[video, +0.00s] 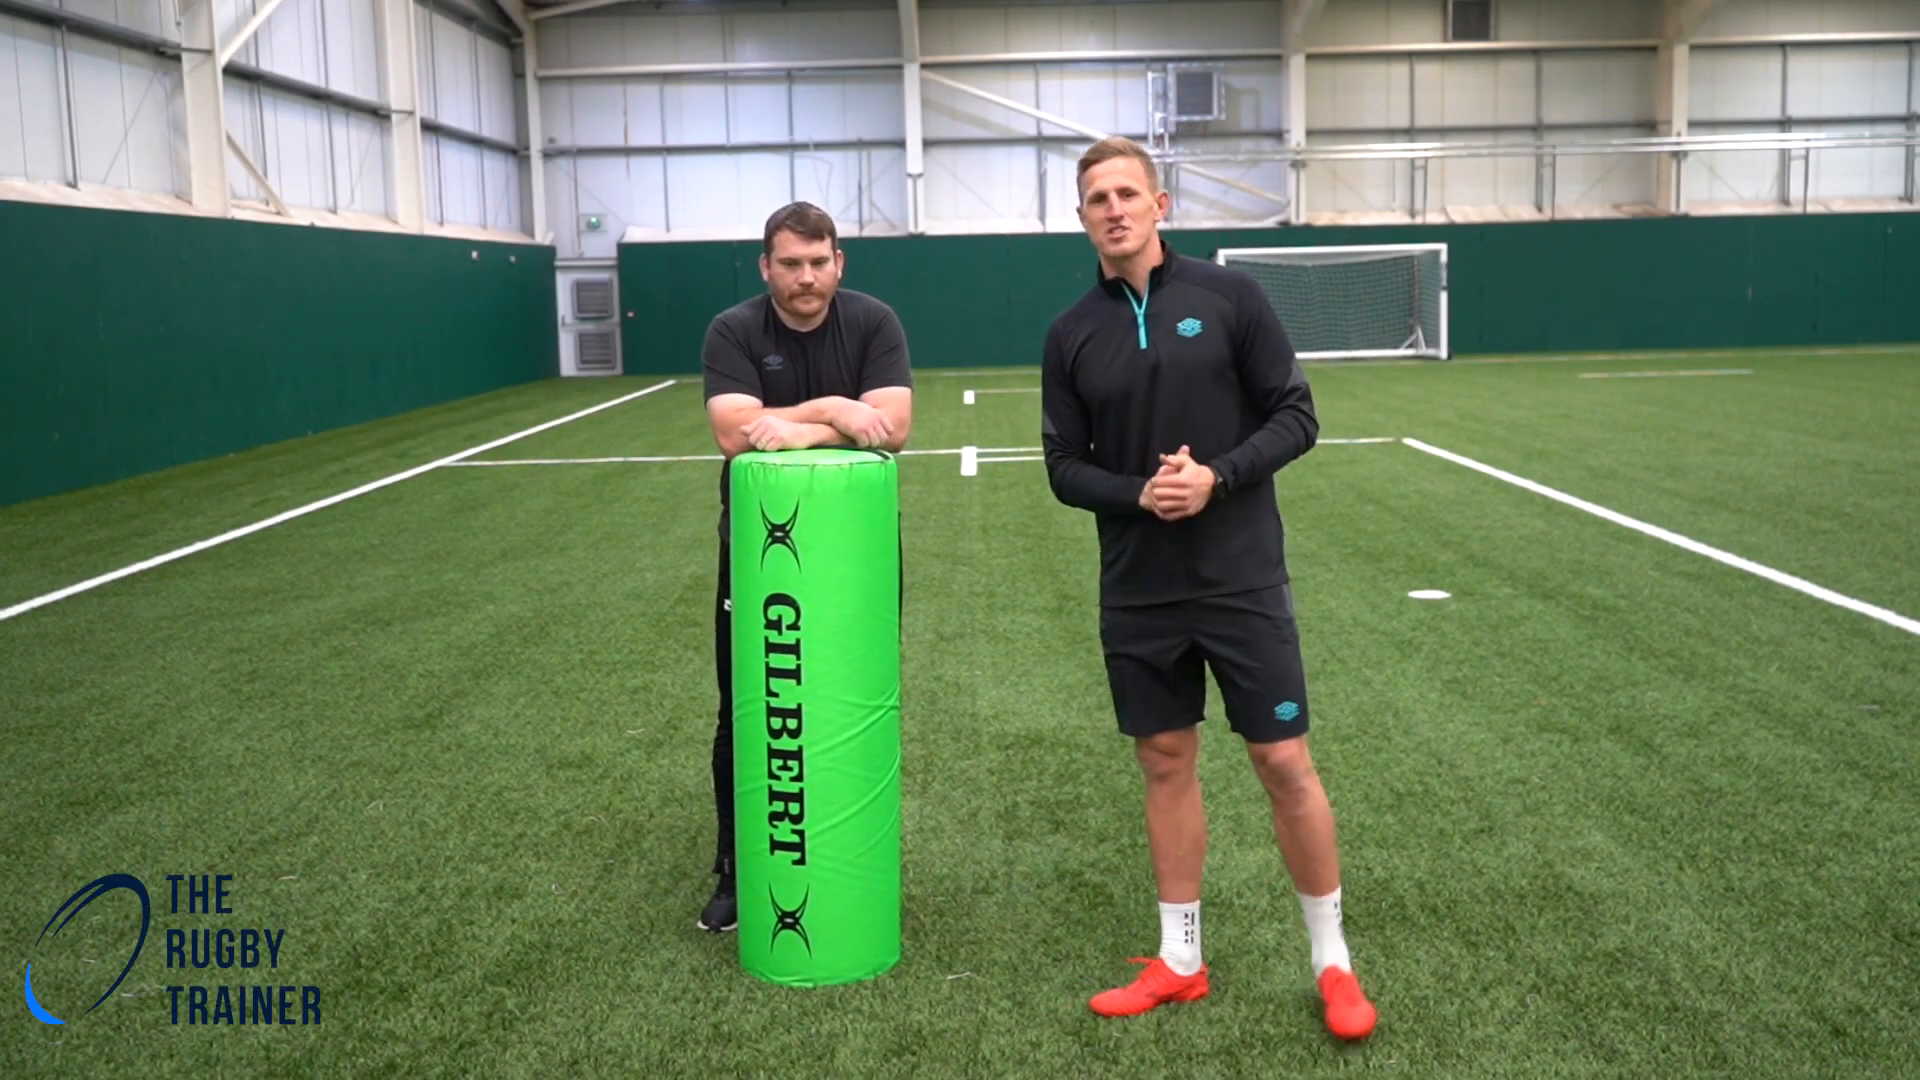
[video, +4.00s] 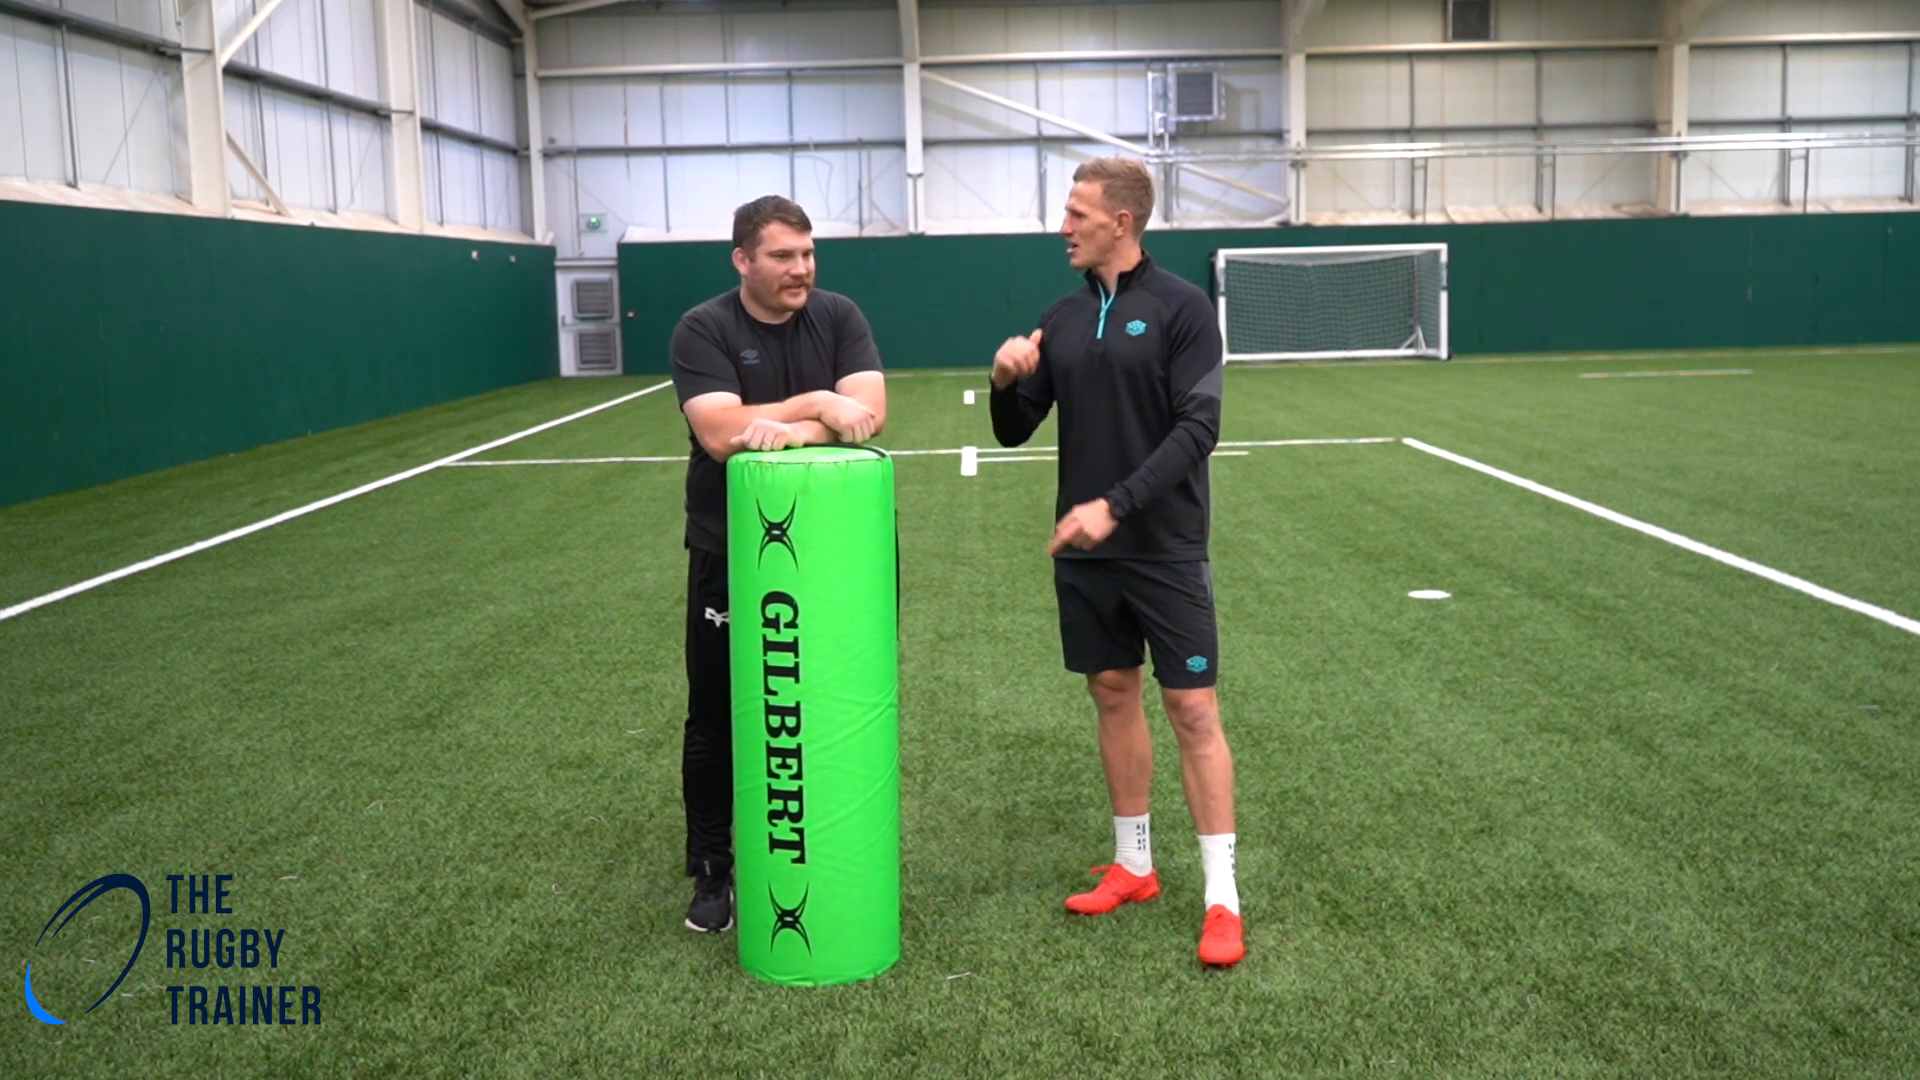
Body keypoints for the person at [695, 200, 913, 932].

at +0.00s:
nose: (806, 278)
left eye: (819, 264)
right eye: (791, 265)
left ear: (838, 262)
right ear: (766, 267)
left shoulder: (873, 322)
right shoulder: (735, 331)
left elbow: (892, 426)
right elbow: (735, 435)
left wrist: (785, 423)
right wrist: (837, 412)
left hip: (853, 548)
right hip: (758, 549)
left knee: (852, 717)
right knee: (746, 713)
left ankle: (849, 882)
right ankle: (736, 875)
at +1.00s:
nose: (834, 261)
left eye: (849, 250)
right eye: (822, 246)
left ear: (867, 260)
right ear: (798, 250)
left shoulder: (893, 323)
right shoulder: (754, 322)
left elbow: (882, 418)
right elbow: (734, 423)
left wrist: (781, 422)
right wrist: (837, 406)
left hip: (856, 548)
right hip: (768, 548)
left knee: (850, 716)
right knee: (751, 712)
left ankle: (844, 881)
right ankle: (739, 871)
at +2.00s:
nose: (864, 257)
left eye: (866, 244)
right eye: (849, 243)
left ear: (863, 255)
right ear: (801, 252)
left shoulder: (878, 322)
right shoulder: (748, 320)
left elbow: (893, 416)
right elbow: (730, 424)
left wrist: (785, 414)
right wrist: (850, 412)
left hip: (848, 544)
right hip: (755, 540)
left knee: (840, 705)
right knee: (739, 701)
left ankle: (834, 869)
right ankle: (724, 865)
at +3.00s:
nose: (757, 255)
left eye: (756, 242)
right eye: (741, 246)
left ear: (740, 254)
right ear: (692, 260)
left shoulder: (775, 314)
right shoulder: (646, 342)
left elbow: (828, 405)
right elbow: (680, 450)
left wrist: (753, 425)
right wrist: (785, 412)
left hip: (782, 554)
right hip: (693, 561)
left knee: (793, 716)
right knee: (694, 726)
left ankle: (804, 866)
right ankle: (710, 873)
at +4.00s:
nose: (800, 268)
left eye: (807, 254)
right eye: (783, 257)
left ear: (814, 254)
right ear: (742, 261)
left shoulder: (839, 316)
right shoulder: (704, 329)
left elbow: (866, 417)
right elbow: (717, 432)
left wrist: (786, 429)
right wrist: (822, 404)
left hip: (825, 554)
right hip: (728, 555)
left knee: (822, 712)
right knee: (717, 715)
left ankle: (823, 869)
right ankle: (713, 870)